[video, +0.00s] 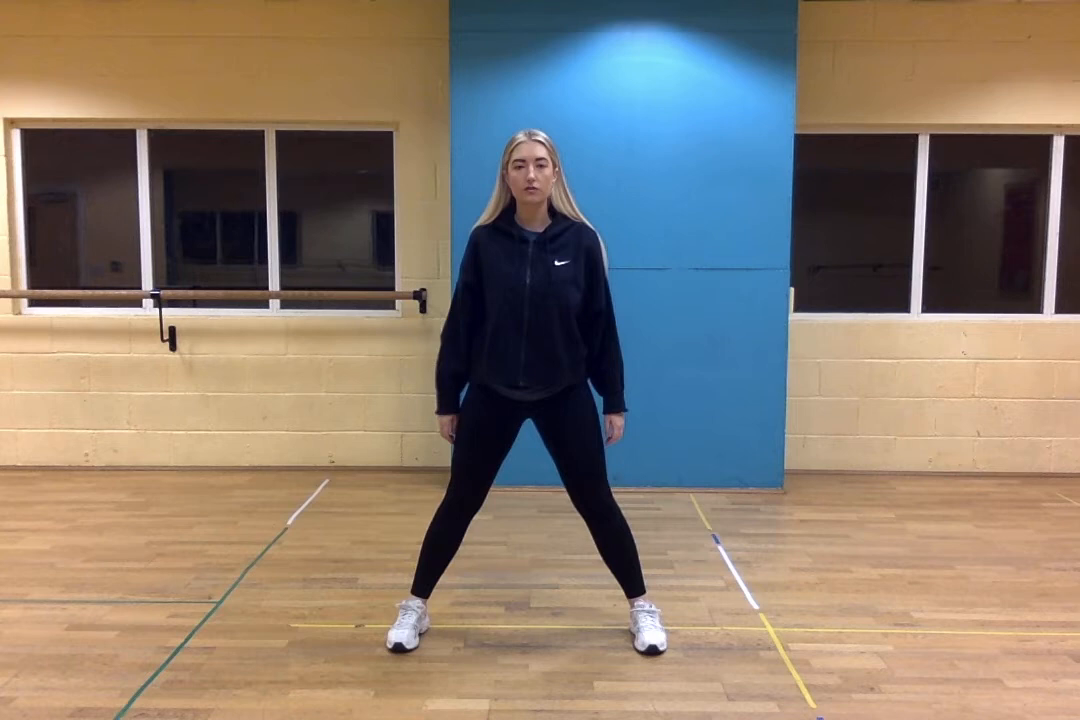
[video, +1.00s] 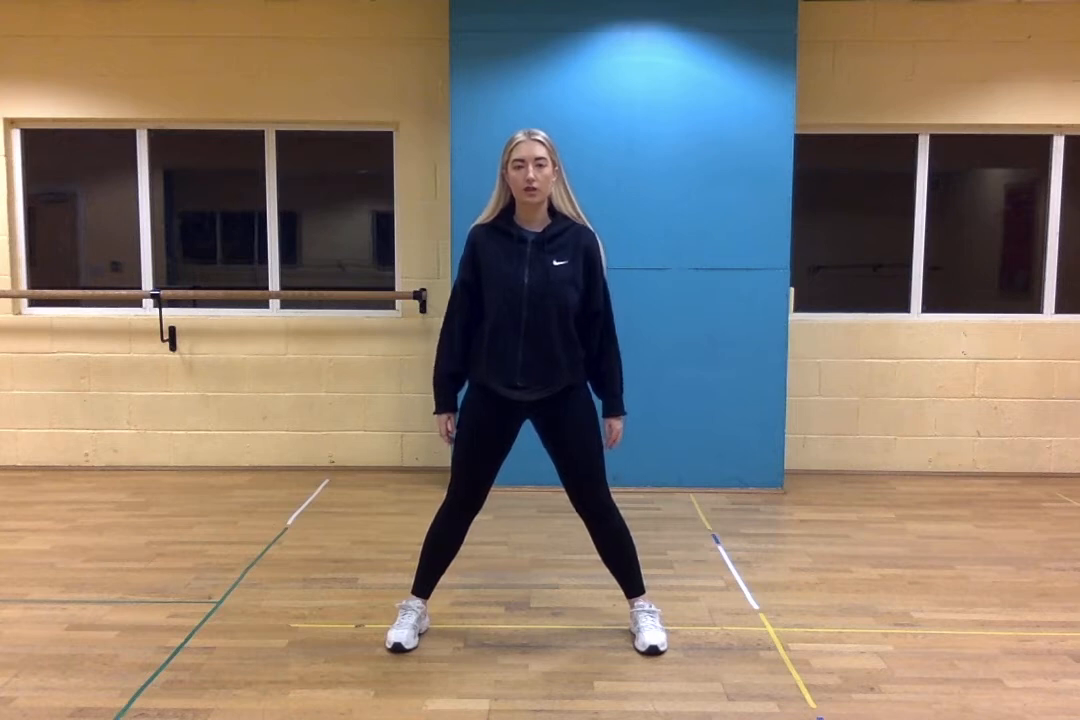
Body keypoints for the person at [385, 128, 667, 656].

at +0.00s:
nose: (531, 173)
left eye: (540, 164)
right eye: (520, 165)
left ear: (555, 173)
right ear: (506, 175)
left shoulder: (582, 239)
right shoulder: (485, 238)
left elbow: (600, 322)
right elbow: (461, 319)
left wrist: (614, 400)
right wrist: (447, 398)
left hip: (565, 391)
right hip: (493, 391)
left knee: (595, 501)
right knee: (460, 500)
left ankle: (641, 607)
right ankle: (414, 606)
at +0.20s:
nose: (530, 173)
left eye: (540, 164)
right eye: (520, 165)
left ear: (555, 173)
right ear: (506, 175)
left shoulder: (581, 239)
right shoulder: (485, 238)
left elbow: (599, 321)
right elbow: (460, 319)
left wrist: (612, 400)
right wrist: (446, 397)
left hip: (564, 392)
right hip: (493, 391)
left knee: (595, 501)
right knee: (461, 500)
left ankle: (641, 607)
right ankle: (414, 606)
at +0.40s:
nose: (529, 172)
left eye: (539, 163)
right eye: (519, 164)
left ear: (553, 172)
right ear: (505, 175)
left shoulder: (580, 238)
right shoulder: (484, 237)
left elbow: (598, 321)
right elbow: (460, 318)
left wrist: (612, 400)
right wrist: (445, 397)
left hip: (564, 391)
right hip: (493, 391)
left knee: (595, 501)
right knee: (461, 499)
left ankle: (641, 606)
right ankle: (414, 606)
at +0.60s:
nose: (529, 172)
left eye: (538, 163)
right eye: (518, 164)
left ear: (553, 172)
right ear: (505, 175)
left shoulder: (580, 239)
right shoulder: (484, 238)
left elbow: (598, 322)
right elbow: (459, 318)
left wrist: (612, 402)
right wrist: (445, 397)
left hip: (563, 392)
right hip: (492, 392)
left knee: (594, 502)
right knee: (461, 500)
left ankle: (641, 606)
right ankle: (414, 606)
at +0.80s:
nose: (530, 173)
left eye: (539, 164)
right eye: (519, 165)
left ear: (554, 172)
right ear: (505, 175)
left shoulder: (580, 239)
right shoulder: (484, 237)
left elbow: (599, 323)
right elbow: (459, 317)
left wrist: (613, 403)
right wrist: (445, 397)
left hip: (564, 392)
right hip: (493, 391)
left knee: (594, 502)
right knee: (461, 500)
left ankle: (641, 607)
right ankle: (414, 606)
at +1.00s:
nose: (530, 173)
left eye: (539, 164)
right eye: (519, 165)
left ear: (555, 172)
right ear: (506, 175)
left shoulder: (580, 239)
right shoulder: (484, 237)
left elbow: (599, 323)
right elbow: (459, 318)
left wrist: (613, 402)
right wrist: (445, 397)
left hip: (564, 392)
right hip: (493, 392)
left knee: (594, 502)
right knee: (461, 500)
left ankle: (641, 607)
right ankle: (415, 606)